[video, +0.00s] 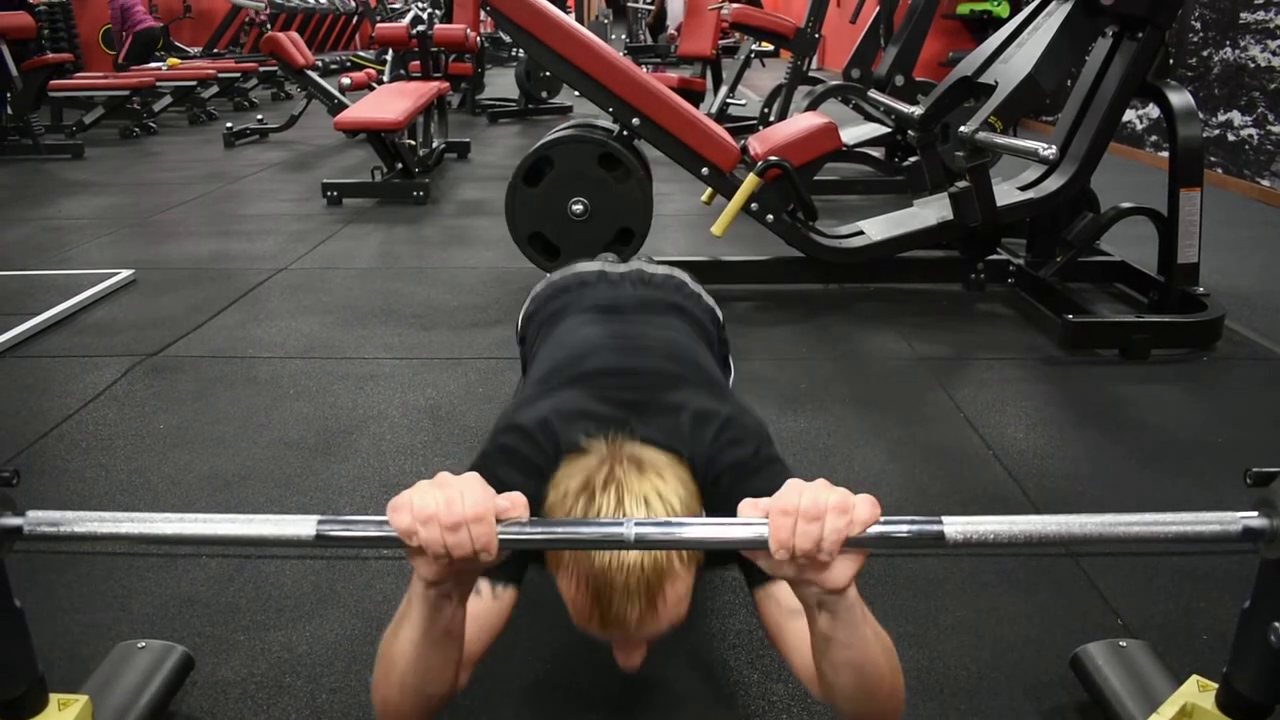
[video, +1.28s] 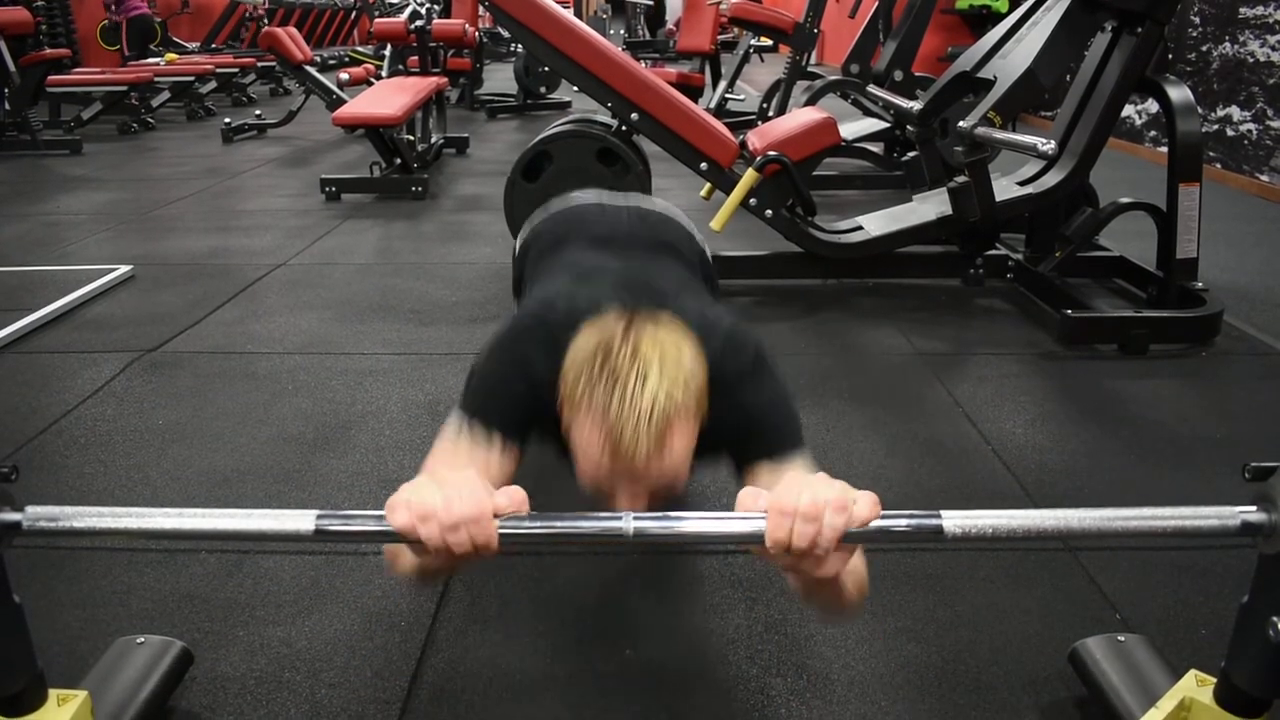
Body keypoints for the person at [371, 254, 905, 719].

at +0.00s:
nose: (629, 661)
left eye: (657, 630)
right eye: (600, 633)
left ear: (696, 550)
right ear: (553, 558)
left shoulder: (744, 475)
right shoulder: (511, 477)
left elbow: (872, 705)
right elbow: (403, 703)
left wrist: (832, 598)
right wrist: (438, 583)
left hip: (681, 292)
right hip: (558, 294)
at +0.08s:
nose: (627, 685)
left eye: (655, 658)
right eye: (599, 658)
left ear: (694, 576)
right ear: (550, 582)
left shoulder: (747, 501)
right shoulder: (511, 502)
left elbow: (866, 710)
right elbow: (401, 707)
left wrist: (834, 602)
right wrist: (434, 588)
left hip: (681, 309)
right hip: (555, 310)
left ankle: (647, 274)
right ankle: (596, 275)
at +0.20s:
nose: (628, 716)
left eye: (656, 687)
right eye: (599, 689)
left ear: (693, 599)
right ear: (554, 614)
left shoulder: (750, 528)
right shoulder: (511, 527)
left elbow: (856, 711)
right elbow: (401, 710)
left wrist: (833, 606)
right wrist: (432, 594)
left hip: (682, 340)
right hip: (559, 338)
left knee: (655, 299)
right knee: (587, 299)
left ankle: (641, 278)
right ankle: (597, 279)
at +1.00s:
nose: (623, 697)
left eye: (651, 669)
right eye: (594, 675)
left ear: (690, 608)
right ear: (550, 612)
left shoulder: (748, 540)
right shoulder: (502, 547)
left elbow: (849, 708)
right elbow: (403, 706)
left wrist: (833, 613)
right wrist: (431, 609)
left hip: (679, 364)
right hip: (549, 363)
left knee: (655, 318)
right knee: (575, 316)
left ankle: (637, 285)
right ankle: (594, 284)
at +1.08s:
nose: (622, 676)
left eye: (650, 645)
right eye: (592, 644)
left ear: (689, 572)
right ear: (545, 571)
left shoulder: (739, 485)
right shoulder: (506, 490)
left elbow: (861, 707)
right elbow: (386, 704)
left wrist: (829, 612)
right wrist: (431, 606)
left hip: (674, 308)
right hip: (548, 309)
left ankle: (638, 269)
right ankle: (594, 271)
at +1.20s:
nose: (626, 573)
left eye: (654, 538)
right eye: (600, 537)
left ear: (692, 473)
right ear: (560, 473)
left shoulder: (737, 420)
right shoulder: (509, 415)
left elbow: (853, 651)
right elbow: (396, 624)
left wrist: (821, 590)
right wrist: (434, 566)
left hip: (675, 259)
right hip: (553, 254)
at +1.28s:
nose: (632, 503)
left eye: (657, 480)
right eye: (608, 478)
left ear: (695, 423)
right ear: (572, 413)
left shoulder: (740, 369)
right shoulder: (528, 349)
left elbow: (846, 598)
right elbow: (405, 556)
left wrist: (820, 559)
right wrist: (444, 531)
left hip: (671, 222)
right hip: (556, 217)